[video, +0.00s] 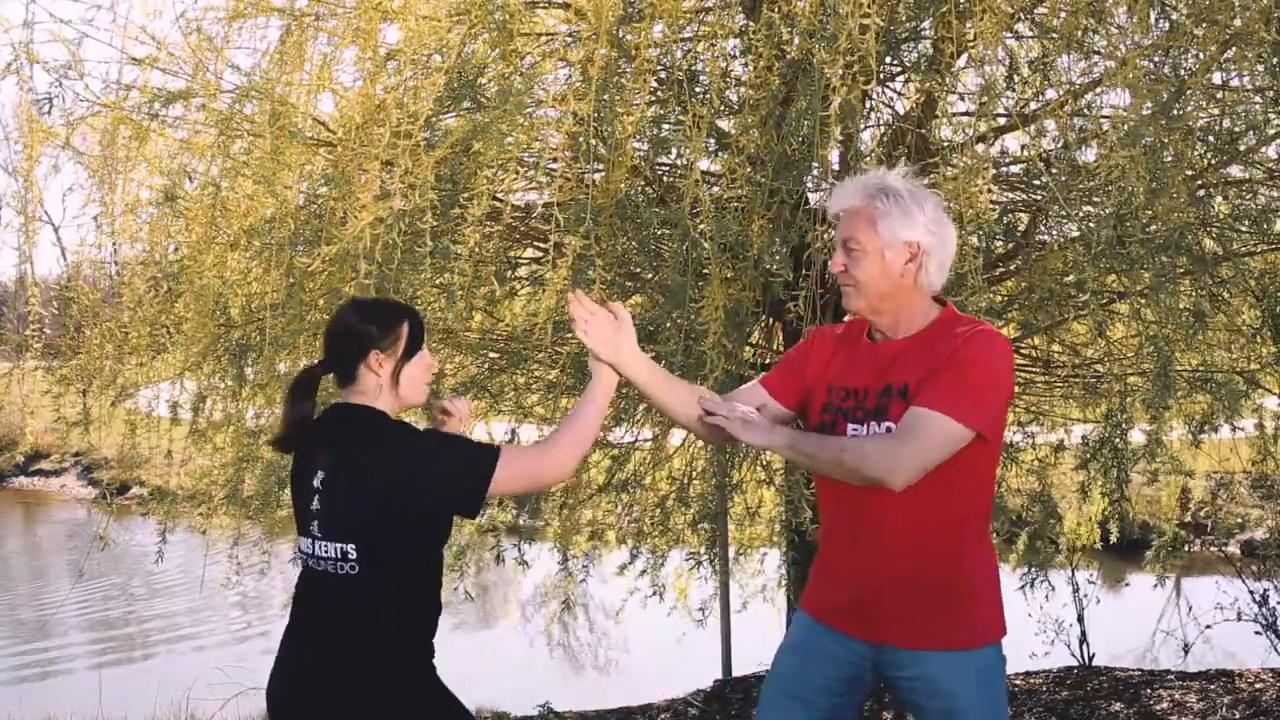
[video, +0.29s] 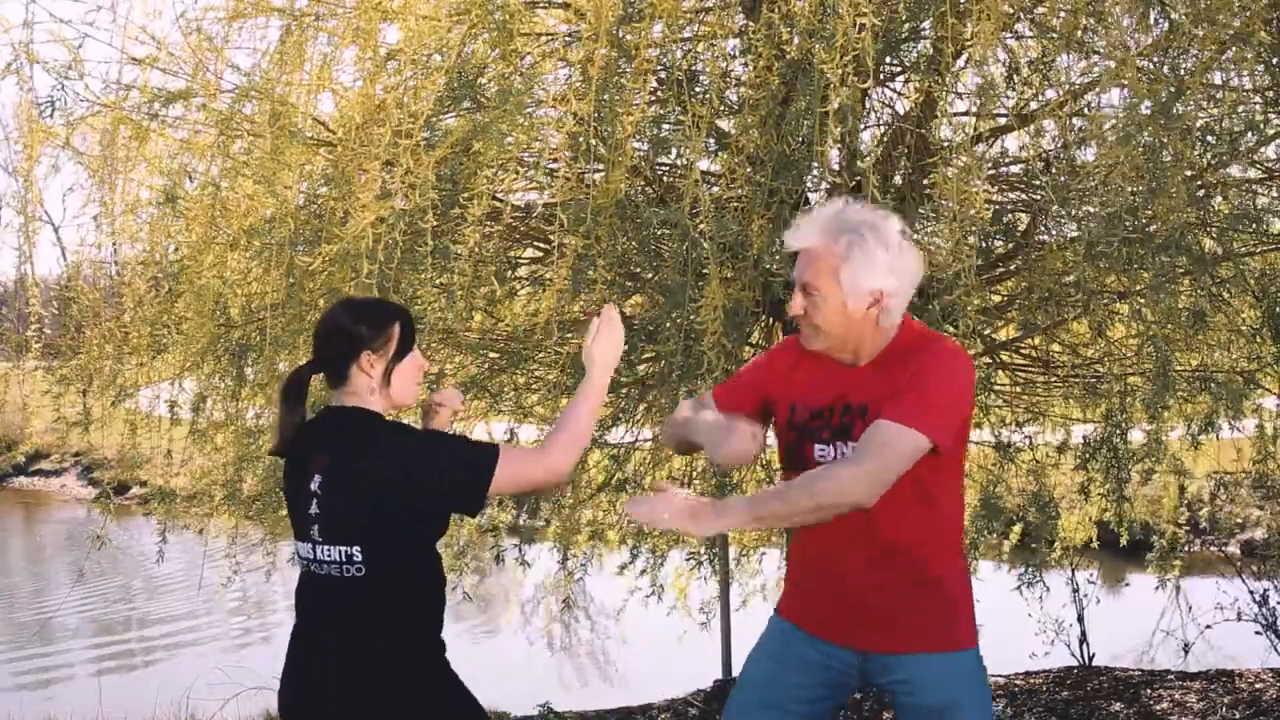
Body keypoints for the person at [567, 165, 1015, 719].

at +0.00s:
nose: (836, 265)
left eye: (851, 248)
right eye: (836, 249)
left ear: (910, 255)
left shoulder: (978, 351)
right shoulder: (825, 350)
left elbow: (894, 464)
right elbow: (719, 419)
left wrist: (778, 436)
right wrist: (628, 358)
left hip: (947, 638)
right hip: (827, 625)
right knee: (779, 712)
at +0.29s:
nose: (793, 308)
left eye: (810, 294)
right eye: (796, 290)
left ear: (875, 302)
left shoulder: (939, 365)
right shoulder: (790, 359)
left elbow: (857, 483)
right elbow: (679, 423)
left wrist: (710, 515)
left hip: (930, 646)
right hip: (805, 635)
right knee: (744, 710)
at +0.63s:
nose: (765, 404)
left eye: (781, 393)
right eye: (766, 387)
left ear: (846, 400)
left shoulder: (924, 438)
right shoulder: (766, 432)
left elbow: (853, 577)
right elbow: (665, 519)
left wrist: (762, 491)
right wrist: (570, 611)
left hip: (921, 661)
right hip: (801, 647)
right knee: (715, 712)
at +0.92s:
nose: (728, 319)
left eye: (747, 306)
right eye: (736, 302)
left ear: (802, 327)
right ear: (799, 327)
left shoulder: (859, 410)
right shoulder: (747, 393)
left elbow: (728, 532)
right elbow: (633, 475)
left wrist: (614, 542)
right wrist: (685, 462)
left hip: (882, 664)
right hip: (772, 640)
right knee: (689, 713)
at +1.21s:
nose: (731, 275)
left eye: (747, 261)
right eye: (740, 260)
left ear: (793, 280)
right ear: (789, 281)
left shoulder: (839, 375)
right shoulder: (742, 369)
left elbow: (695, 475)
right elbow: (644, 402)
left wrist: (590, 510)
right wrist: (559, 391)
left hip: (848, 663)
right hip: (747, 639)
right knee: (672, 713)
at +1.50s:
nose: (681, 263)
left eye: (697, 246)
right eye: (686, 247)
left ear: (753, 256)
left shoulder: (829, 346)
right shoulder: (683, 360)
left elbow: (763, 474)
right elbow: (566, 420)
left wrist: (623, 483)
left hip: (834, 640)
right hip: (712, 632)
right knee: (657, 712)